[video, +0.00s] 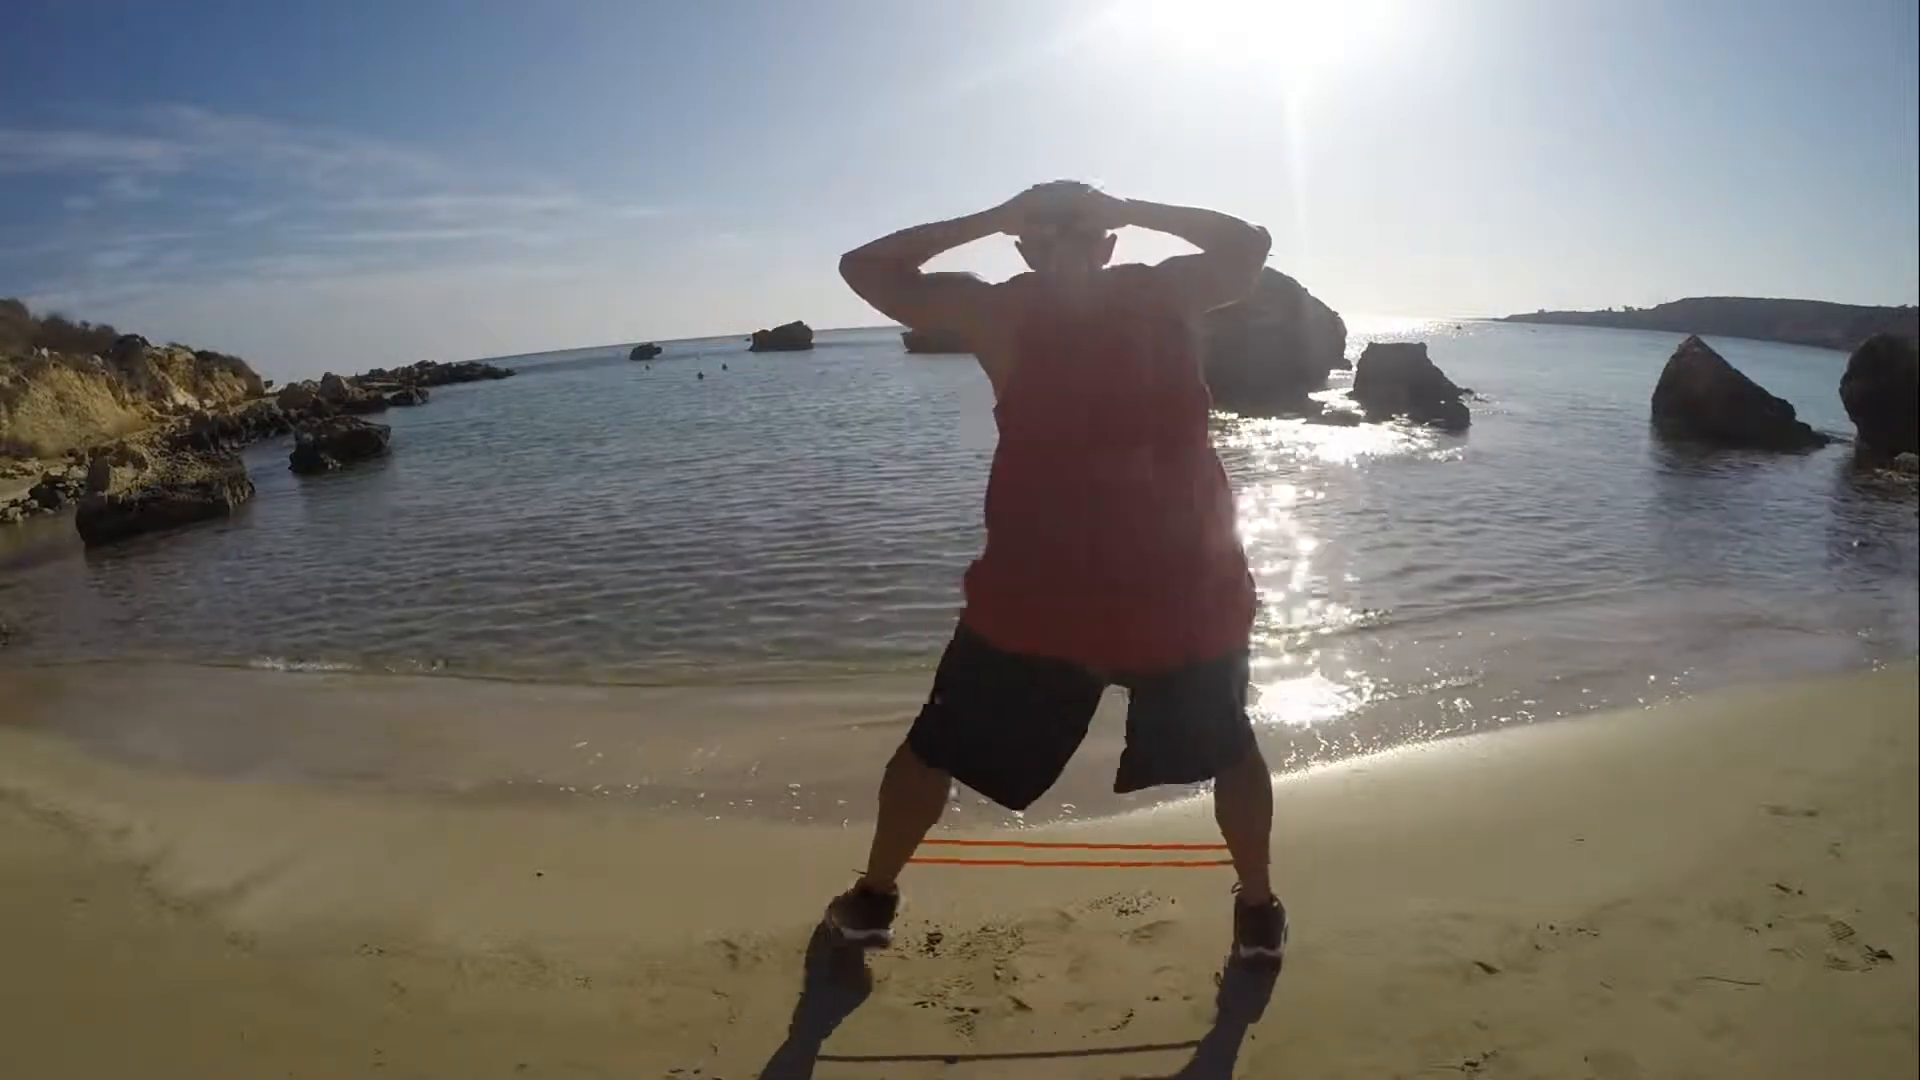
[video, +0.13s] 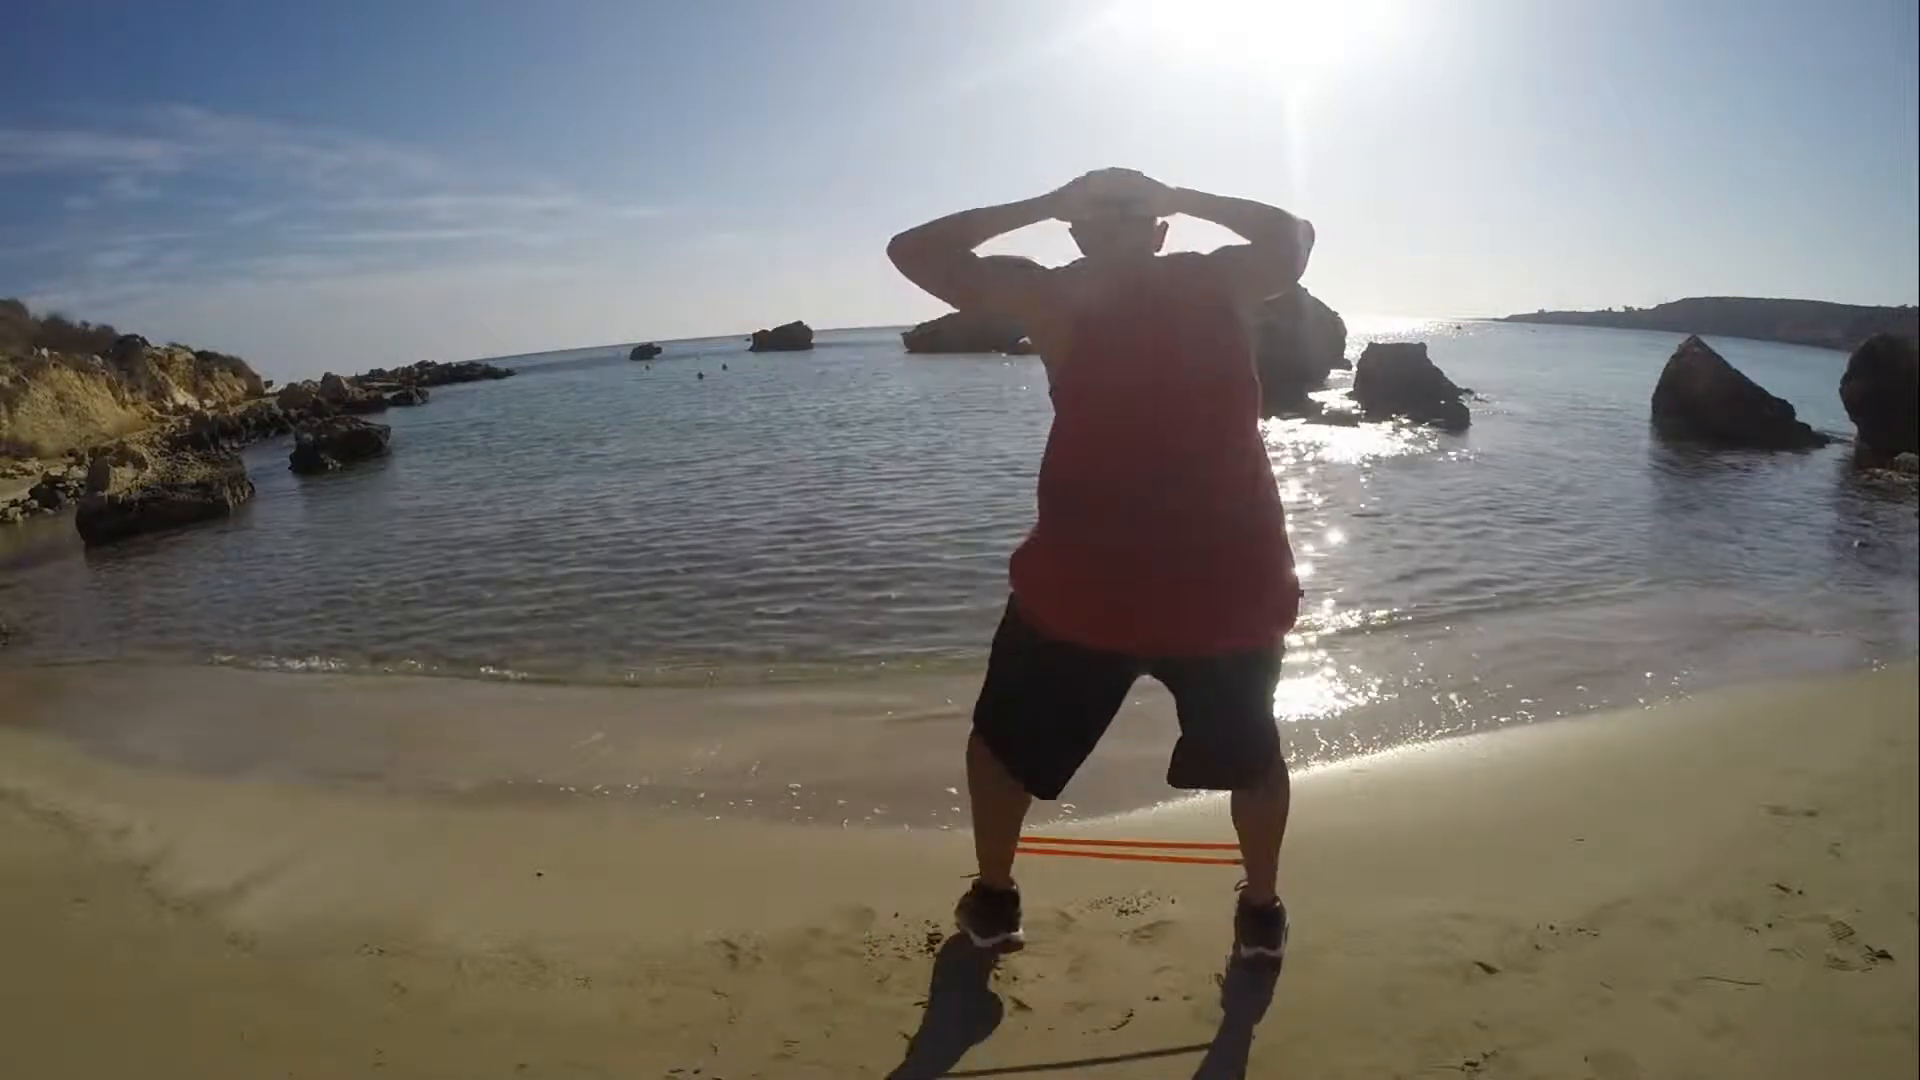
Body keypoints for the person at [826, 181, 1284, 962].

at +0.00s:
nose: (1034, 246)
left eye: (1036, 231)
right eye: (1037, 229)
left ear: (1028, 240)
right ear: (1105, 235)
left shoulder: (999, 312)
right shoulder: (1167, 293)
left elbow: (866, 270)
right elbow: (1247, 243)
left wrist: (990, 221)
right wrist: (1127, 210)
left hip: (1036, 578)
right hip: (1179, 579)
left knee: (936, 743)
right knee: (1232, 748)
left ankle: (873, 896)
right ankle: (1257, 907)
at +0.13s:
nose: (1107, 230)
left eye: (1104, 216)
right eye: (1105, 215)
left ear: (1080, 228)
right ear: (1157, 221)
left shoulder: (1056, 298)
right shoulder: (1218, 281)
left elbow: (914, 250)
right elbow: (1291, 238)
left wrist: (1039, 207)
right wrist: (1183, 197)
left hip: (1085, 561)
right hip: (1225, 563)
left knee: (1002, 734)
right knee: (1251, 752)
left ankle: (992, 893)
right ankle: (1261, 904)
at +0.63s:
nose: (1144, 243)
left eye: (1137, 232)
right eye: (1161, 227)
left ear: (1120, 248)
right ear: (1203, 246)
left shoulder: (1089, 310)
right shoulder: (1259, 303)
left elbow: (960, 257)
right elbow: (1334, 263)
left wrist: (1092, 223)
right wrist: (1224, 221)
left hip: (1087, 566)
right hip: (1225, 581)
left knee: (959, 718)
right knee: (1249, 744)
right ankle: (1260, 908)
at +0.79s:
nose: (1093, 264)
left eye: (1090, 253)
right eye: (1110, 252)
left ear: (1077, 265)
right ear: (1157, 267)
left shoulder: (1034, 328)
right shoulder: (1209, 326)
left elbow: (911, 273)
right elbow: (1289, 275)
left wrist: (1042, 239)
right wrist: (1177, 237)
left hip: (1021, 594)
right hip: (1170, 606)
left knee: (875, 750)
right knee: (1230, 757)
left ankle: (784, 901)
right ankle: (1255, 904)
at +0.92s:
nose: (1050, 265)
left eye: (1044, 252)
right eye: (1052, 253)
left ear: (1001, 269)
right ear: (1083, 271)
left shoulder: (954, 337)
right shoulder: (1136, 336)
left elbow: (837, 283)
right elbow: (1233, 291)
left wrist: (968, 247)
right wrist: (1116, 246)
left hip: (959, 616)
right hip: (1110, 620)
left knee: (834, 765)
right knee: (1202, 767)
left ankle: (771, 922)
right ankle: (1249, 904)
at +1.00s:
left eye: (961, 247)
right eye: (999, 247)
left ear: (942, 260)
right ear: (1025, 263)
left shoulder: (891, 327)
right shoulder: (1072, 325)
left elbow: (779, 269)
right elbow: (1179, 279)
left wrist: (908, 236)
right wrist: (1057, 236)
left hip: (907, 607)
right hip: (1055, 607)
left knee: (807, 764)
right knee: (1169, 758)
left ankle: (769, 926)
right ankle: (1238, 903)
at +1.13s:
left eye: (880, 220)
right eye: (925, 220)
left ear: (860, 244)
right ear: (946, 244)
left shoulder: (809, 306)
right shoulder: (991, 303)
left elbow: (708, 251)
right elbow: (1102, 257)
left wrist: (830, 220)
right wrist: (974, 217)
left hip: (833, 585)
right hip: (985, 575)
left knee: (779, 761)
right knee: (1094, 739)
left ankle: (768, 925)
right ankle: (1141, 900)